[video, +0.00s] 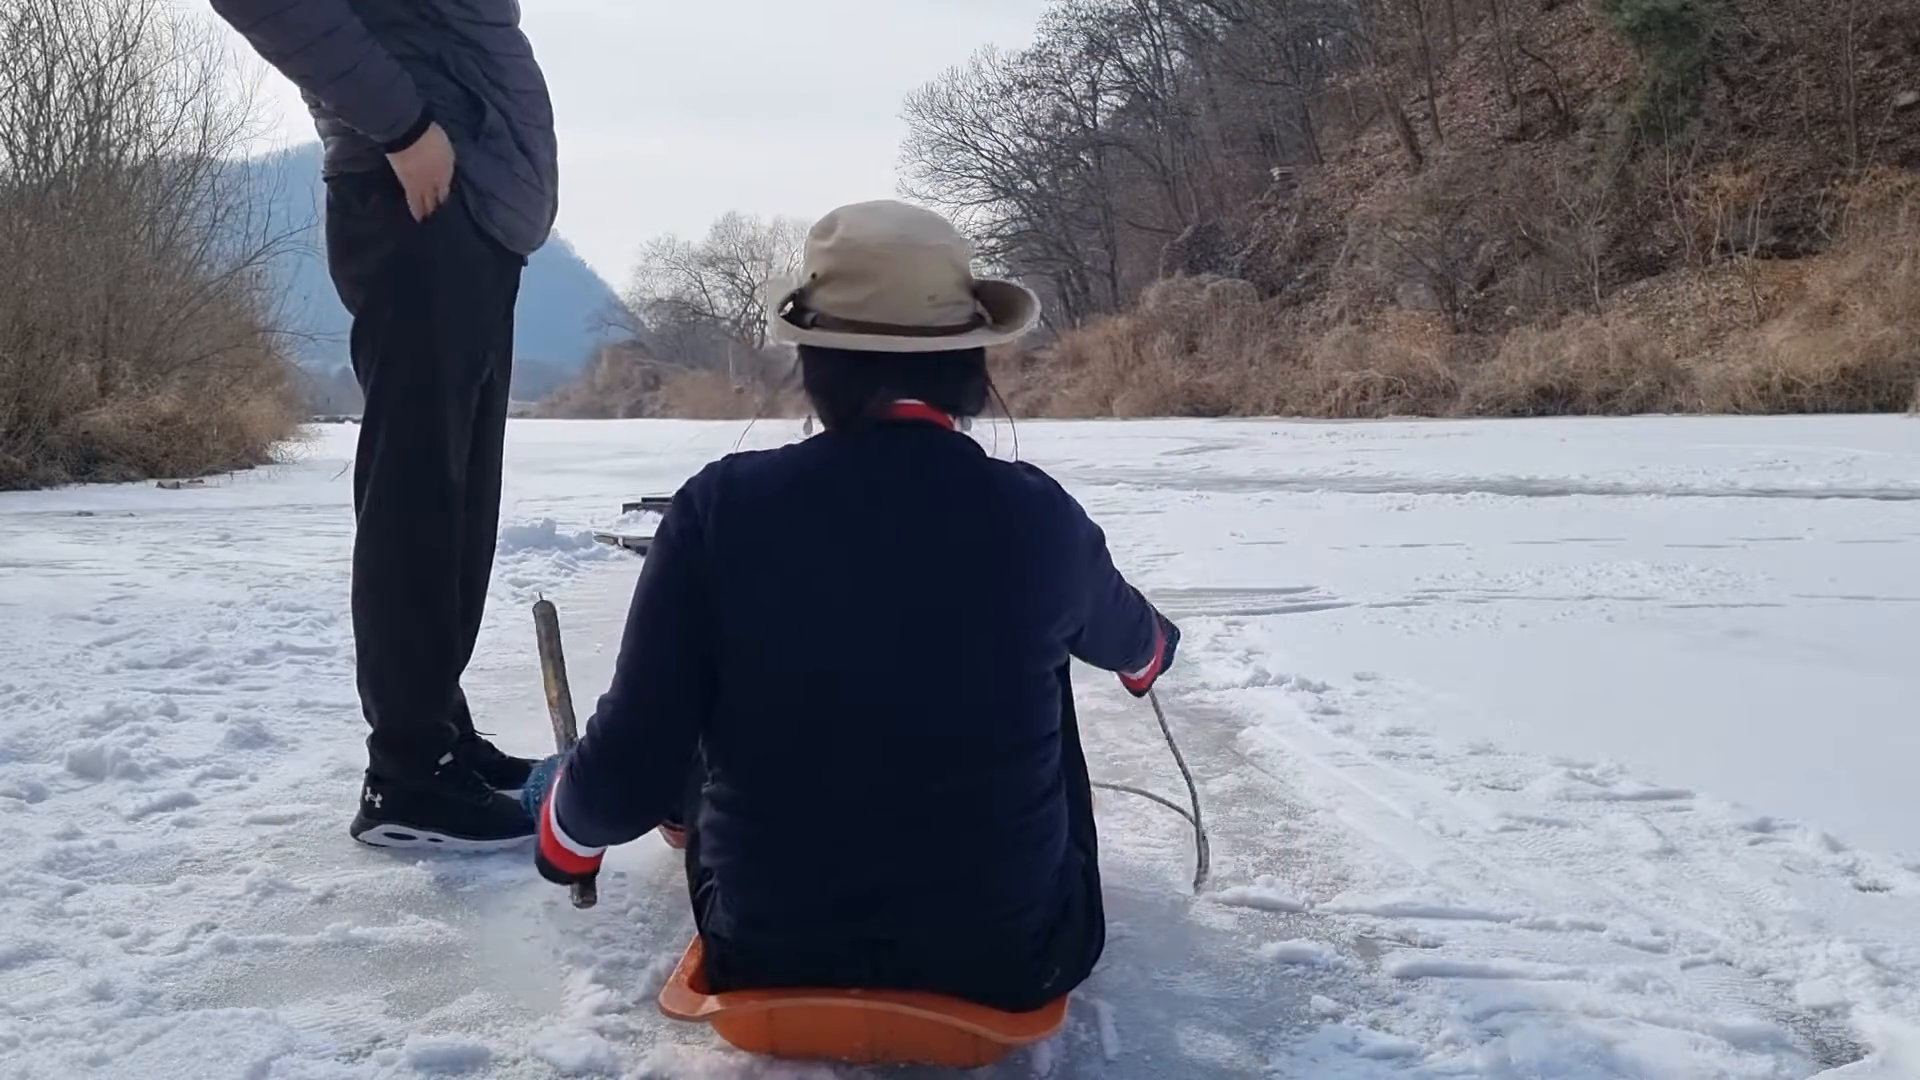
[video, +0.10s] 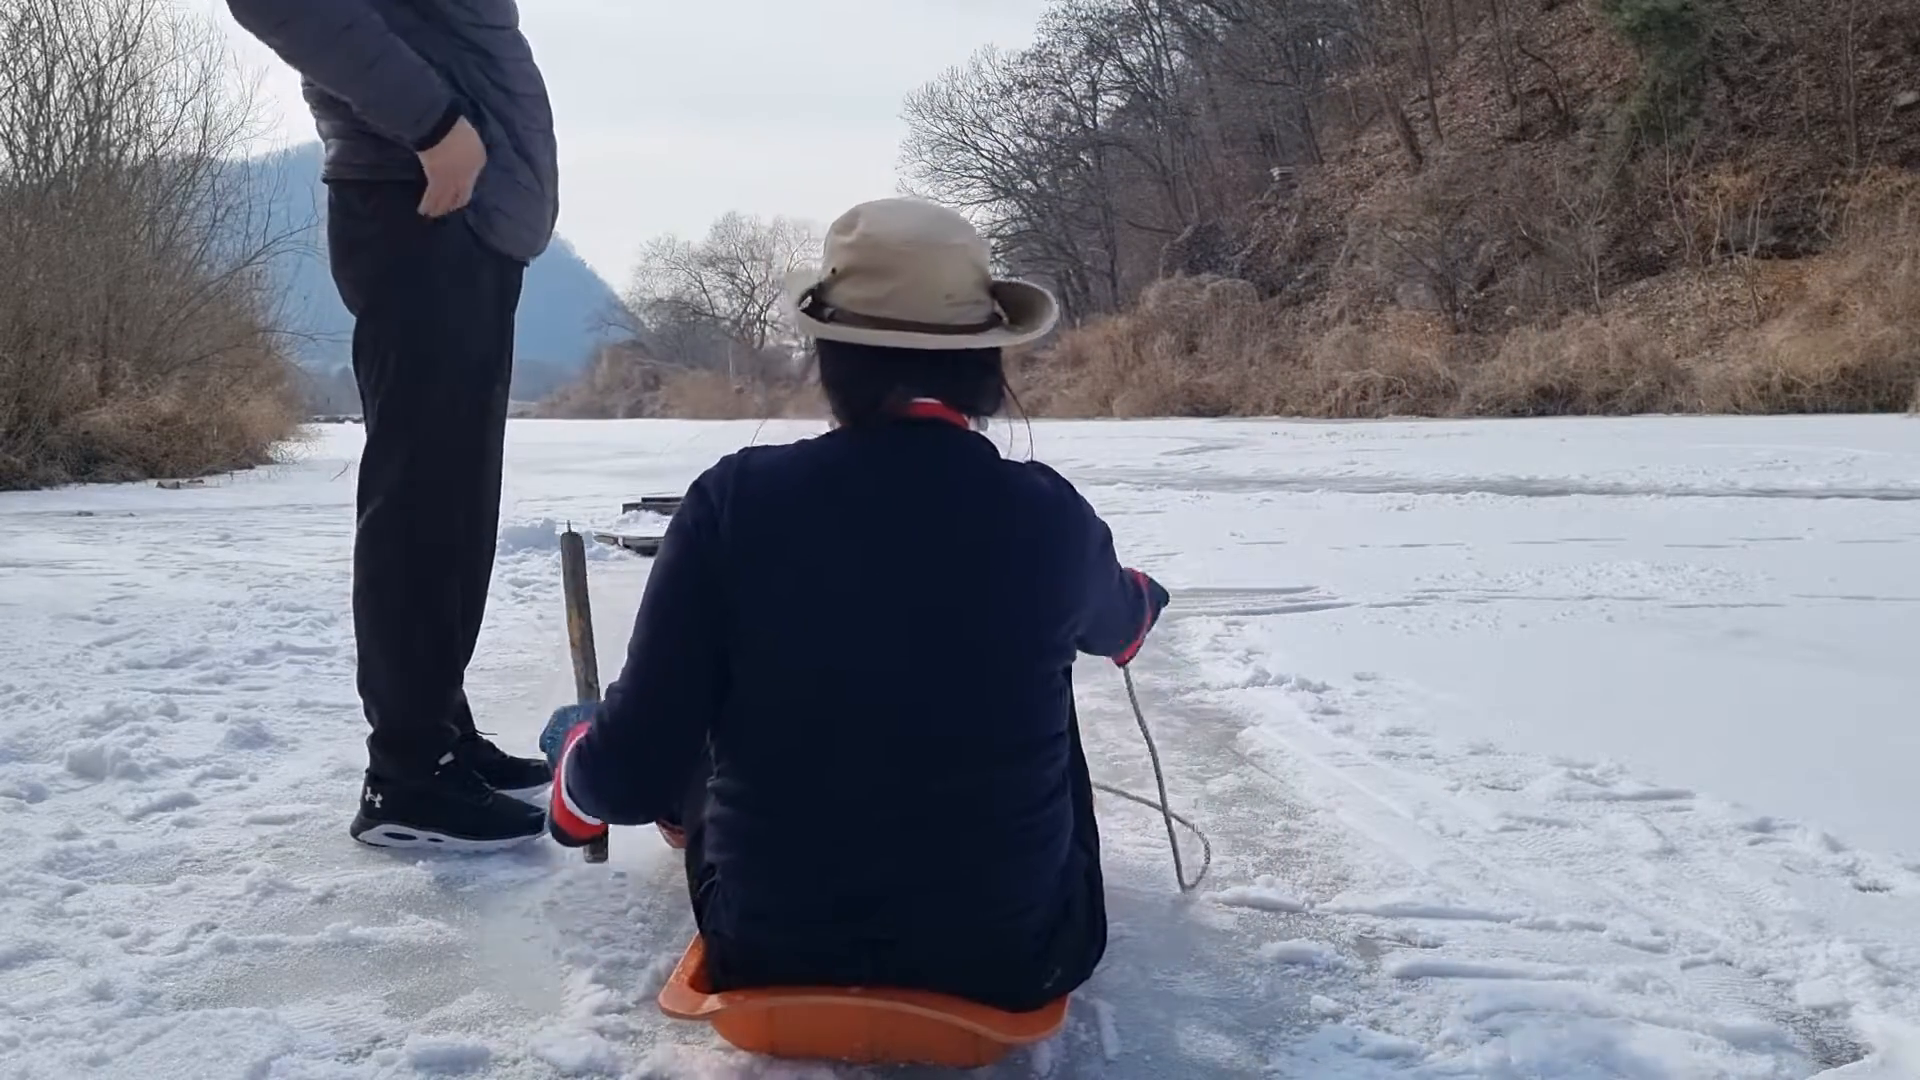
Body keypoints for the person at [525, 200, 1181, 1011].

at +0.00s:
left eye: (803, 351)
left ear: (815, 370)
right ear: (968, 368)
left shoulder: (722, 505)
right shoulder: (1034, 513)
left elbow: (638, 751)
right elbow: (1114, 623)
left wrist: (564, 824)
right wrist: (1151, 648)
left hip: (774, 954)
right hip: (995, 968)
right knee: (1036, 664)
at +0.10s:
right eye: (997, 346)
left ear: (830, 361)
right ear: (986, 365)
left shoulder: (736, 498)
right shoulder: (1043, 512)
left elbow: (640, 761)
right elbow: (1117, 620)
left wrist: (579, 772)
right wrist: (1139, 600)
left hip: (774, 959)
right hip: (997, 968)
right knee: (1036, 663)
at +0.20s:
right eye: (1018, 345)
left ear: (844, 361)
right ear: (1005, 363)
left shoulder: (751, 490)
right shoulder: (1057, 510)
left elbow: (641, 764)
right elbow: (1112, 584)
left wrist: (601, 700)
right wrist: (1120, 527)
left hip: (782, 953)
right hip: (1007, 961)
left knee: (618, 664)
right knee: (1040, 663)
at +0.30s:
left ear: (859, 359)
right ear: (1022, 365)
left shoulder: (767, 482)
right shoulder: (1074, 509)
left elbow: (647, 752)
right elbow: (1105, 505)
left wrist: (641, 638)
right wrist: (1090, 452)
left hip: (784, 951)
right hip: (1007, 961)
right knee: (1051, 684)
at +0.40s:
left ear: (872, 365)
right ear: (1036, 376)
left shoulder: (779, 475)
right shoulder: (1083, 503)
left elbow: (657, 714)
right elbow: (1090, 450)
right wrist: (1070, 386)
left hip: (788, 950)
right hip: (1010, 961)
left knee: (680, 715)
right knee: (1058, 674)